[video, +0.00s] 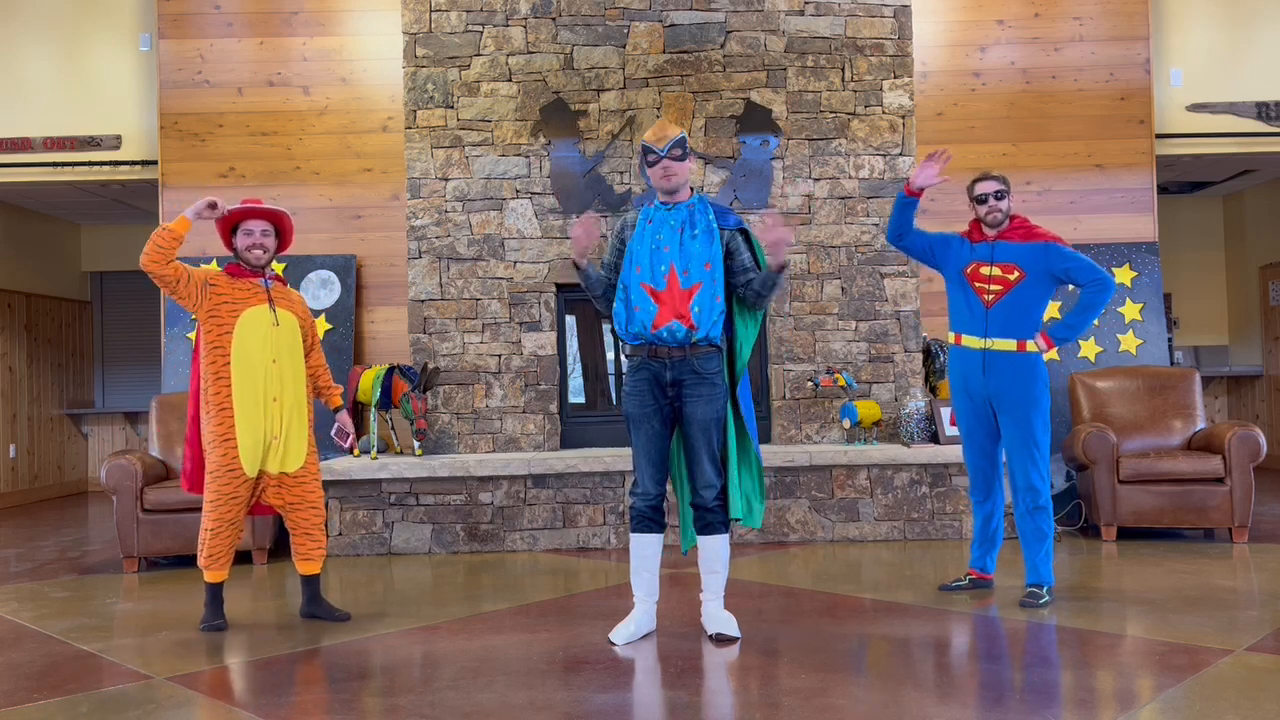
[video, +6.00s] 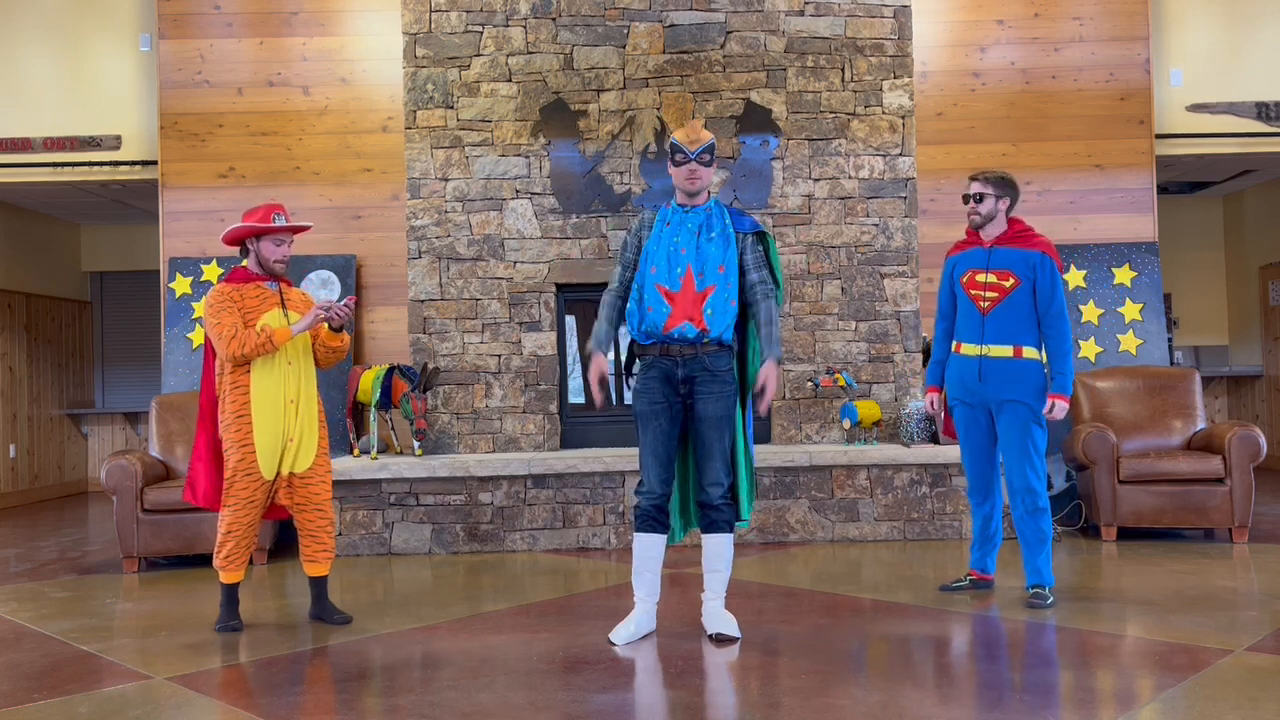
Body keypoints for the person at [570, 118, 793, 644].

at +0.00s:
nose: (668, 166)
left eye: (677, 156)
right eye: (657, 160)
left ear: (693, 164)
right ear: (645, 171)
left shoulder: (722, 221)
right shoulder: (631, 223)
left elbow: (752, 295)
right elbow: (608, 298)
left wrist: (775, 265)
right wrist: (585, 262)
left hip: (702, 365)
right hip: (643, 366)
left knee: (708, 485)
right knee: (647, 488)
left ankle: (714, 607)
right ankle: (644, 609)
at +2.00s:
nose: (685, 162)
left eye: (695, 156)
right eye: (675, 154)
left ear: (706, 169)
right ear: (659, 165)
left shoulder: (722, 221)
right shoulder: (639, 217)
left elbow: (743, 266)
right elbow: (620, 262)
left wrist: (760, 252)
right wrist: (616, 247)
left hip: (703, 363)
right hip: (644, 364)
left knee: (707, 484)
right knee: (648, 485)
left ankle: (713, 607)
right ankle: (644, 609)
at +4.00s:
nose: (656, 167)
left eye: (668, 156)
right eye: (649, 161)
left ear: (692, 164)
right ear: (644, 172)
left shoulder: (724, 222)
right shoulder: (631, 224)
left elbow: (747, 294)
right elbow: (608, 304)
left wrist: (775, 283)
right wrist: (595, 280)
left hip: (703, 365)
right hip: (643, 366)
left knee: (709, 485)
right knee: (648, 487)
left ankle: (713, 608)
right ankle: (644, 609)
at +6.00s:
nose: (692, 170)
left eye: (702, 161)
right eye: (682, 161)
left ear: (716, 166)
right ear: (669, 166)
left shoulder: (740, 226)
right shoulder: (646, 223)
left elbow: (762, 296)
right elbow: (616, 290)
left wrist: (770, 358)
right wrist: (600, 348)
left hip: (715, 366)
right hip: (654, 366)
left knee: (716, 488)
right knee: (653, 489)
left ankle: (715, 607)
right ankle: (644, 609)